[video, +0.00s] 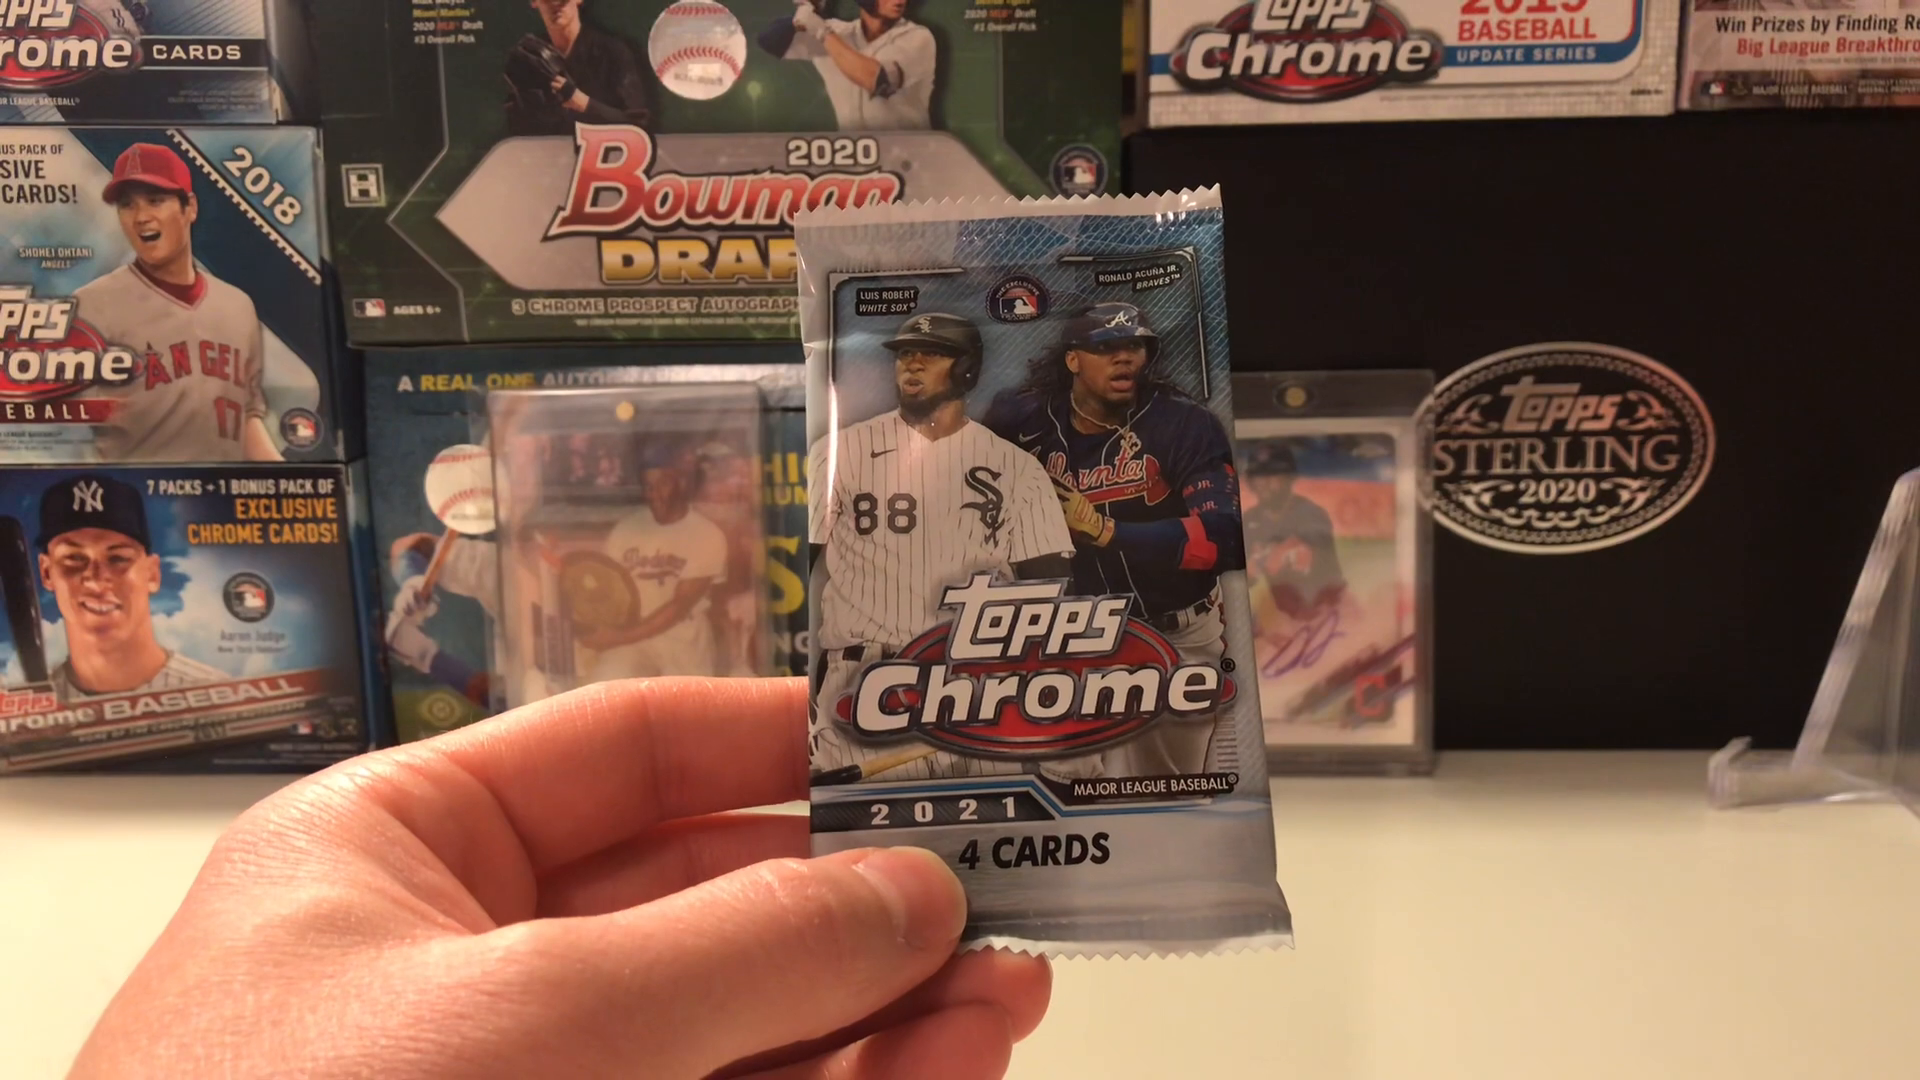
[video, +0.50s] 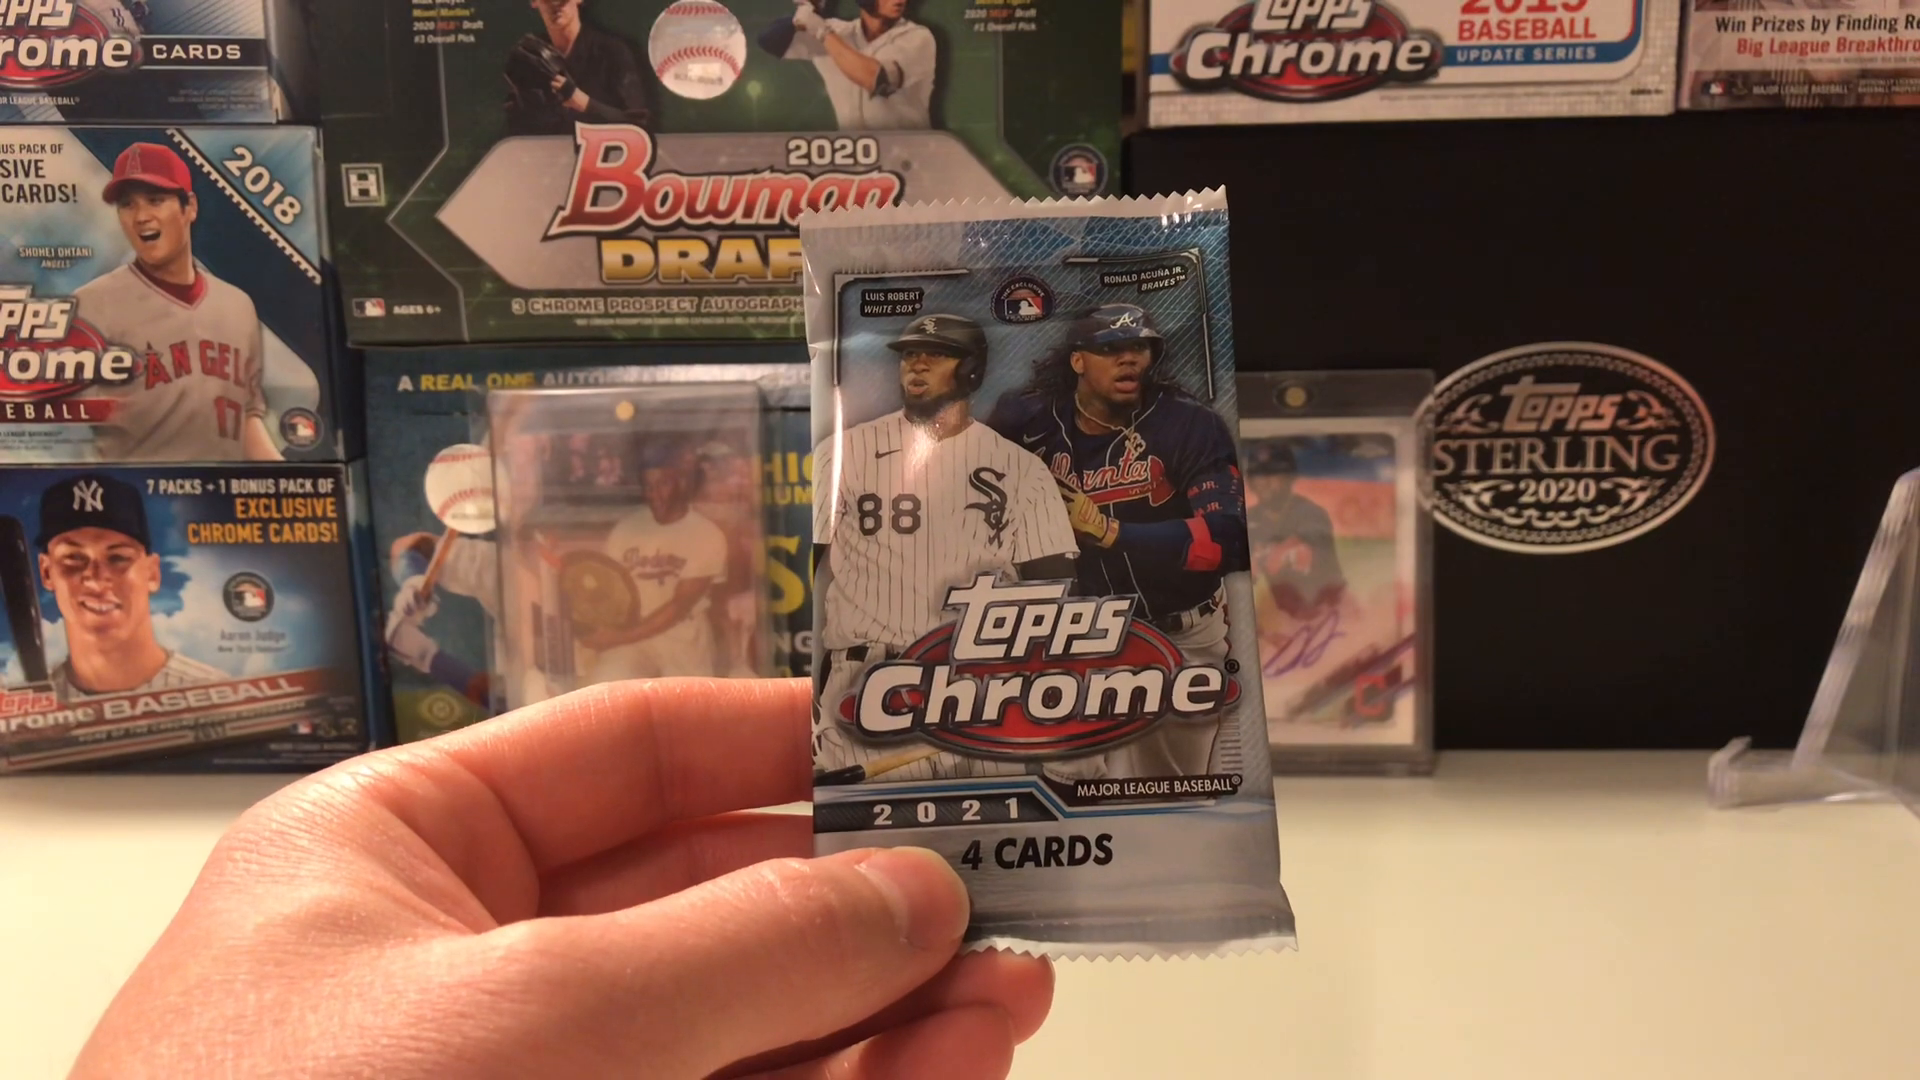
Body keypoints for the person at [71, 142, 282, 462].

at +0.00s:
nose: (142, 217)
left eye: (156, 200)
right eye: (128, 204)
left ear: (189, 209)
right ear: (119, 217)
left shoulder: (239, 307)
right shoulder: (91, 307)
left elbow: (248, 414)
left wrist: (283, 482)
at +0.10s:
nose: (142, 217)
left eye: (157, 200)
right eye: (128, 204)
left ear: (189, 209)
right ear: (119, 217)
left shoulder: (239, 307)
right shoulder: (91, 306)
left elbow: (247, 414)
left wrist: (282, 481)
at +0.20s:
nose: (142, 216)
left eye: (156, 200)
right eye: (128, 203)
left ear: (189, 209)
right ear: (118, 216)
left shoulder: (239, 306)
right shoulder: (91, 306)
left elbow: (247, 414)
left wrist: (283, 482)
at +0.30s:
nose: (142, 217)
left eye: (157, 200)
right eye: (128, 204)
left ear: (189, 209)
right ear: (119, 217)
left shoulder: (239, 307)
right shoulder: (91, 307)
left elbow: (248, 414)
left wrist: (282, 482)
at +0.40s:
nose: (142, 216)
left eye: (157, 200)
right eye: (128, 204)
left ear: (189, 209)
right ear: (119, 217)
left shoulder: (239, 306)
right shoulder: (91, 306)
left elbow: (248, 414)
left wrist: (283, 481)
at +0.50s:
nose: (142, 216)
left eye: (157, 200)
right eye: (128, 204)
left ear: (189, 209)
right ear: (118, 217)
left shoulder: (239, 306)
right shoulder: (91, 306)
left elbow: (247, 414)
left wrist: (283, 482)